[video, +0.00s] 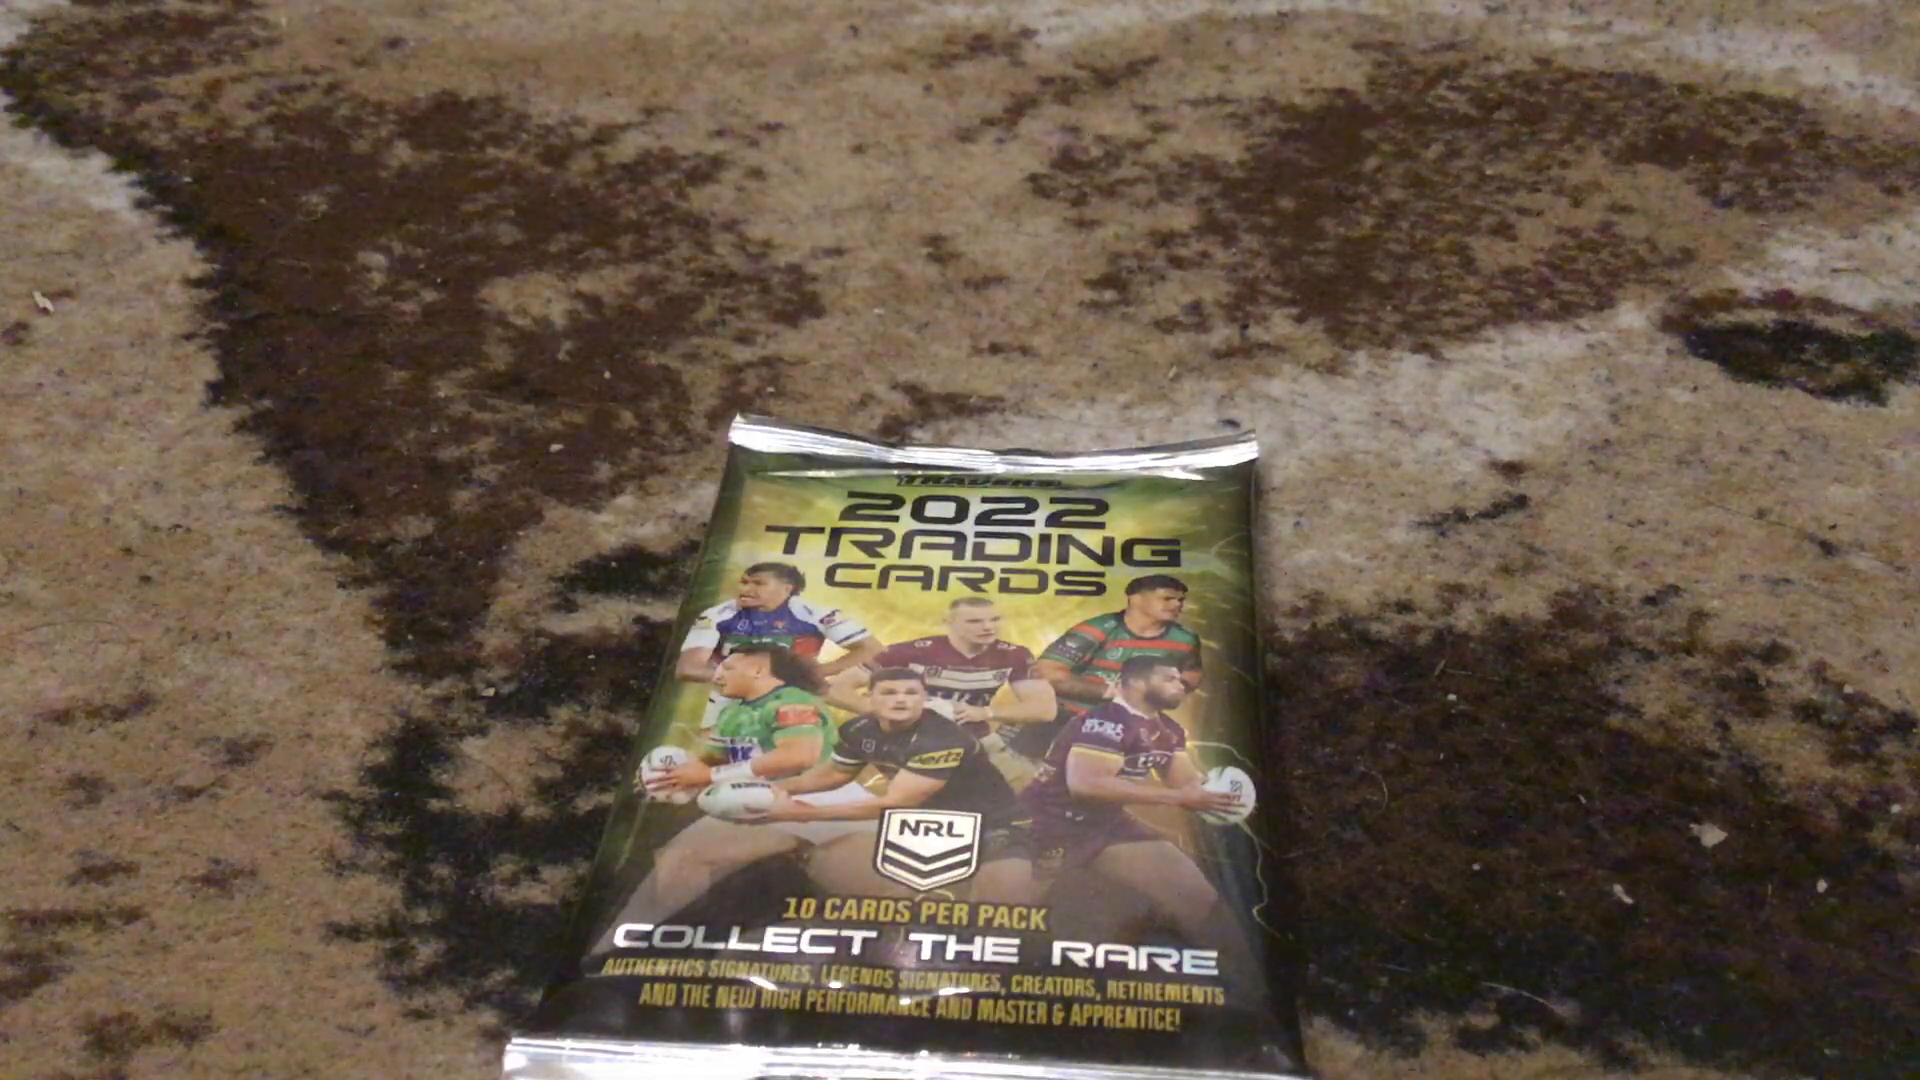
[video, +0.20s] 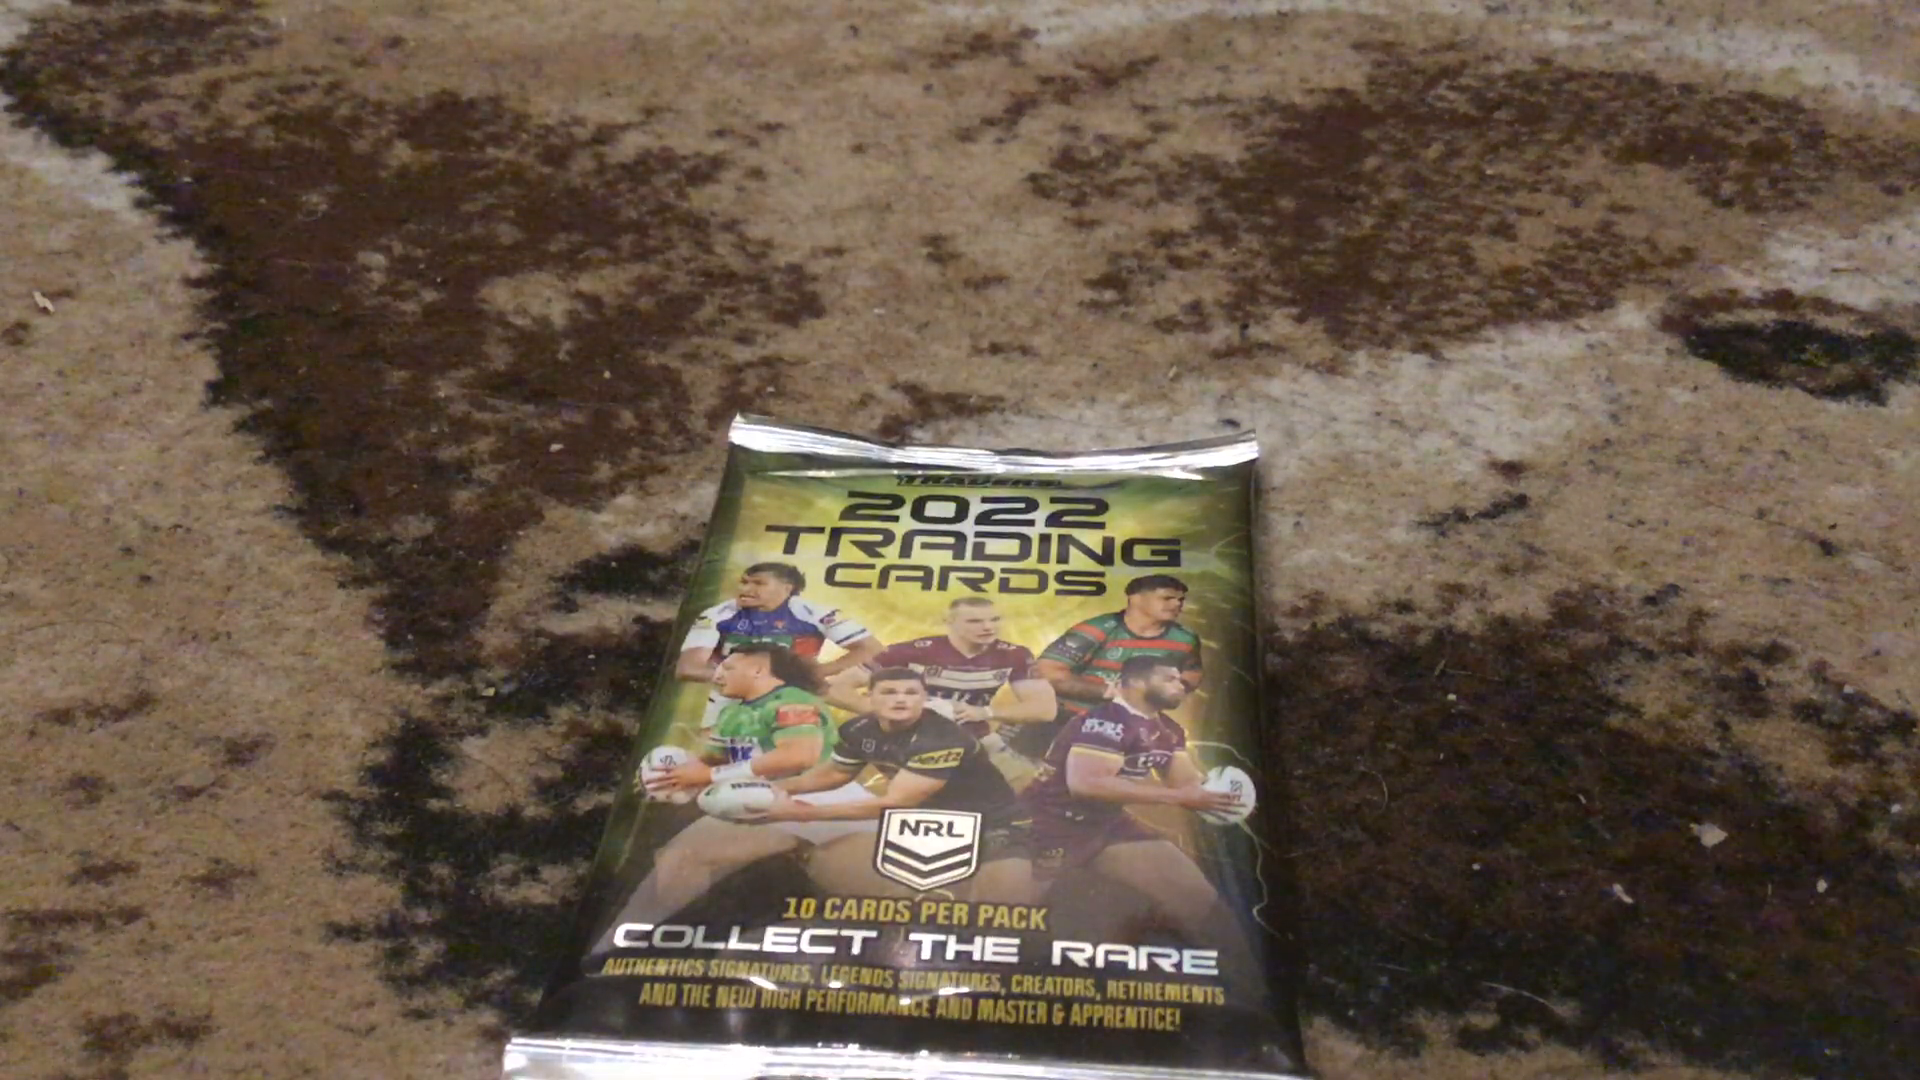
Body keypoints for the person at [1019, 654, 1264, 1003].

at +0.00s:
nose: (1180, 683)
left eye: (1178, 678)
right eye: (1169, 678)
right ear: (1134, 682)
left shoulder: (1169, 733)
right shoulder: (1106, 720)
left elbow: (1187, 785)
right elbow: (1084, 782)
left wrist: (1225, 798)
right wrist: (1179, 796)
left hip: (1103, 825)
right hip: (1041, 824)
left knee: (1197, 898)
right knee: (998, 924)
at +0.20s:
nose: (1180, 683)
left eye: (1178, 678)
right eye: (1169, 678)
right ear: (1134, 682)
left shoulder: (1169, 733)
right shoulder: (1106, 720)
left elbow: (1188, 785)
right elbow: (1085, 781)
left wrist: (1226, 799)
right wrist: (1179, 796)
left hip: (1104, 826)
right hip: (1041, 826)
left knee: (1198, 900)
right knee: (1002, 927)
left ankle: (1254, 1005)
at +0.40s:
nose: (1180, 683)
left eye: (1178, 678)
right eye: (1169, 678)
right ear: (1136, 681)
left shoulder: (1168, 731)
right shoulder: (1106, 719)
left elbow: (1187, 783)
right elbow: (1084, 781)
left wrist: (1224, 798)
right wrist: (1184, 796)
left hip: (1105, 825)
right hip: (1044, 826)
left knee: (1198, 900)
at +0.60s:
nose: (1179, 679)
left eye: (1178, 674)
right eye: (1167, 673)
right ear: (1135, 681)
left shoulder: (1168, 730)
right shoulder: (1107, 718)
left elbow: (1185, 781)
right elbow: (1085, 782)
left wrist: (1225, 797)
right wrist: (1181, 797)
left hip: (1104, 826)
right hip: (1045, 827)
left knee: (1189, 890)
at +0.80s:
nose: (1179, 682)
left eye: (1178, 678)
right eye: (1168, 677)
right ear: (1135, 681)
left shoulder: (1168, 732)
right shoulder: (1106, 719)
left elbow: (1187, 784)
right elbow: (1085, 781)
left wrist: (1229, 799)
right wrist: (1182, 796)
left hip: (1104, 827)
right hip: (1043, 829)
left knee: (1199, 900)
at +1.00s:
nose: (1180, 683)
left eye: (1178, 678)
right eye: (1169, 678)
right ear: (1133, 682)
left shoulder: (1167, 732)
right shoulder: (1106, 720)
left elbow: (1188, 784)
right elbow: (1084, 781)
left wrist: (1225, 798)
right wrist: (1180, 796)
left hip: (1105, 825)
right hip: (1043, 826)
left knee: (1198, 899)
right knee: (997, 929)